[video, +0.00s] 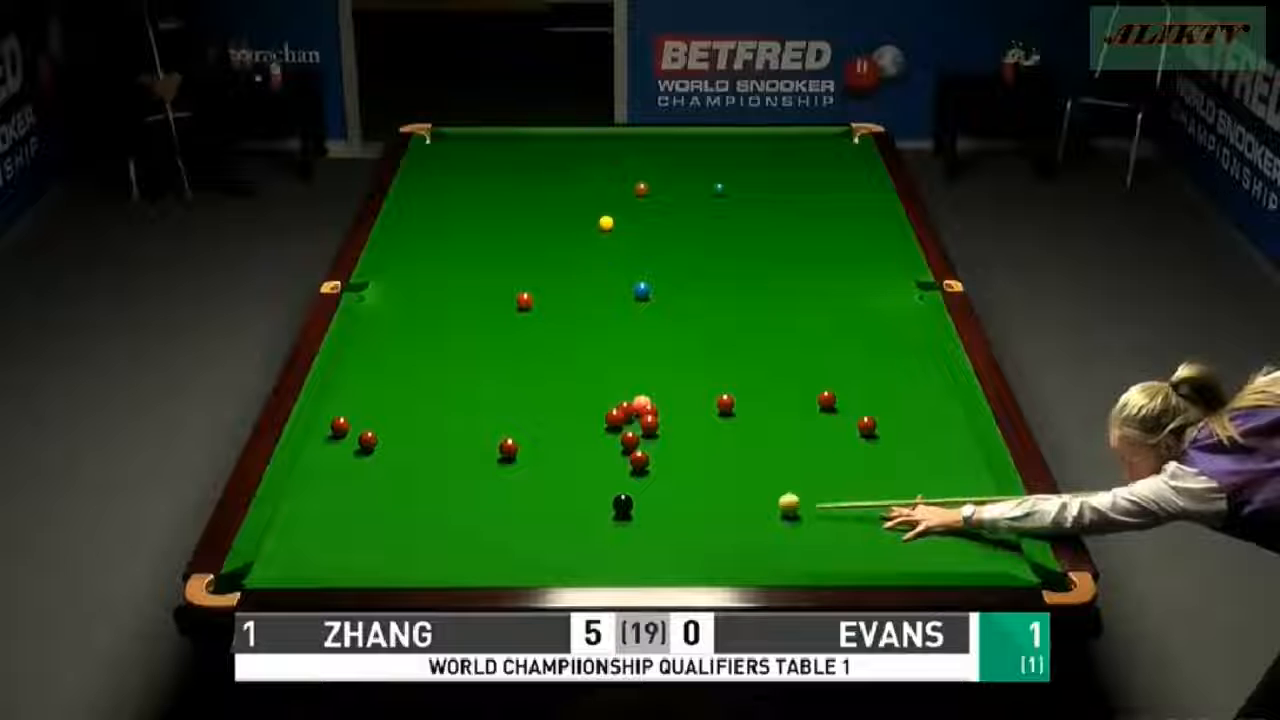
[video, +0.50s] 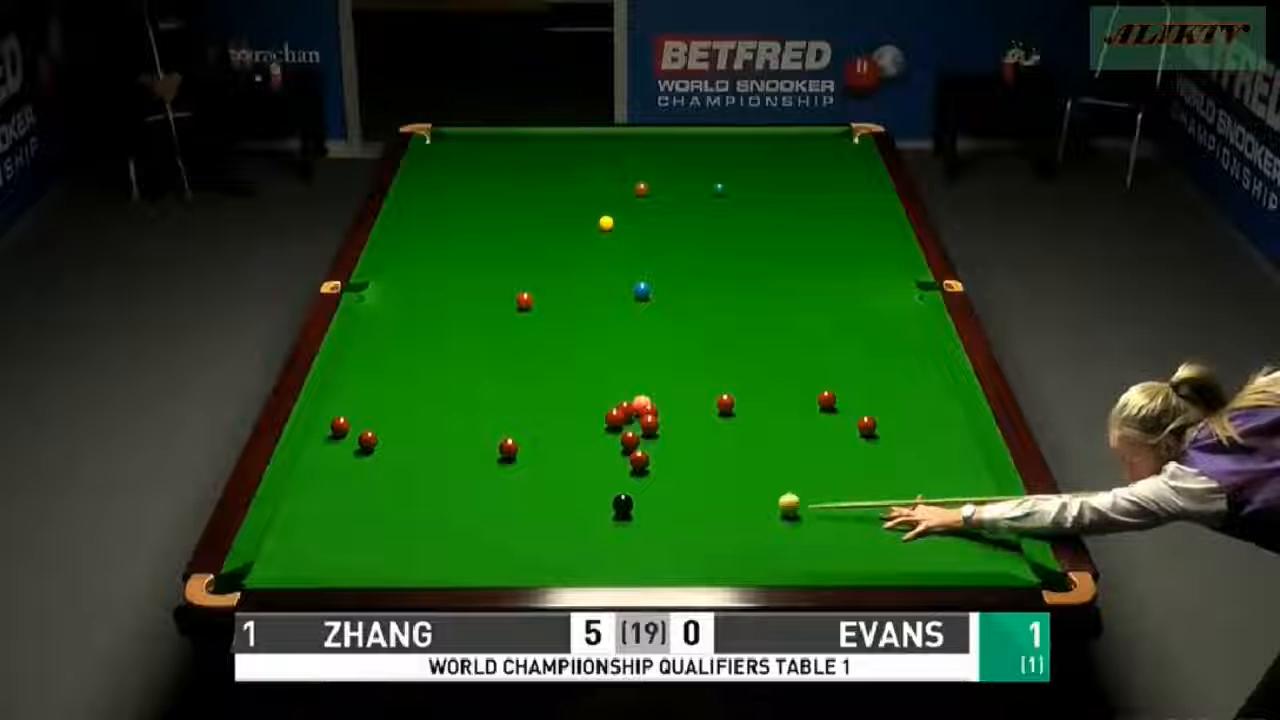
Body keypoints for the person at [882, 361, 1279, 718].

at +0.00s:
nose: (1122, 471)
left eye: (1126, 458)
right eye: (1118, 457)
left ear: (1163, 448)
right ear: (1183, 430)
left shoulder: (1190, 481)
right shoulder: (1256, 401)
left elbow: (1078, 512)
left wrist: (962, 515)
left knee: (1257, 710)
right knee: (1256, 706)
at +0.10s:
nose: (1122, 471)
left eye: (1126, 458)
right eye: (1118, 458)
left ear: (1163, 448)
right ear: (1183, 429)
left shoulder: (1189, 481)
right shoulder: (1256, 401)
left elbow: (1078, 511)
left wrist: (962, 515)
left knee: (1257, 710)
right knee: (1256, 706)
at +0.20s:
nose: (1122, 470)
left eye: (1126, 458)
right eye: (1118, 457)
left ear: (1163, 448)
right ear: (1183, 429)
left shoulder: (1189, 481)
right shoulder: (1255, 402)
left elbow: (1078, 511)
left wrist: (962, 515)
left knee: (1257, 710)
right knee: (1256, 706)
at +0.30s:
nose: (1122, 471)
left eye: (1127, 458)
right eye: (1118, 458)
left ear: (1163, 448)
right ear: (1183, 429)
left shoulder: (1189, 482)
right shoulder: (1255, 402)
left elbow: (1078, 511)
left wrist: (962, 515)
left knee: (1257, 710)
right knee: (1256, 706)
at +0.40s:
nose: (1122, 471)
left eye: (1126, 458)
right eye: (1119, 458)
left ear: (1162, 449)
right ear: (1184, 428)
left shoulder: (1188, 482)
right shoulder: (1256, 400)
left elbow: (1076, 511)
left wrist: (961, 515)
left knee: (1257, 709)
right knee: (1256, 706)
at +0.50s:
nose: (1122, 471)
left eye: (1126, 458)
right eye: (1118, 457)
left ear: (1163, 448)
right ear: (1183, 429)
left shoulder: (1188, 482)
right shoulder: (1255, 402)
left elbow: (1077, 511)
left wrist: (962, 515)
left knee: (1257, 710)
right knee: (1256, 706)